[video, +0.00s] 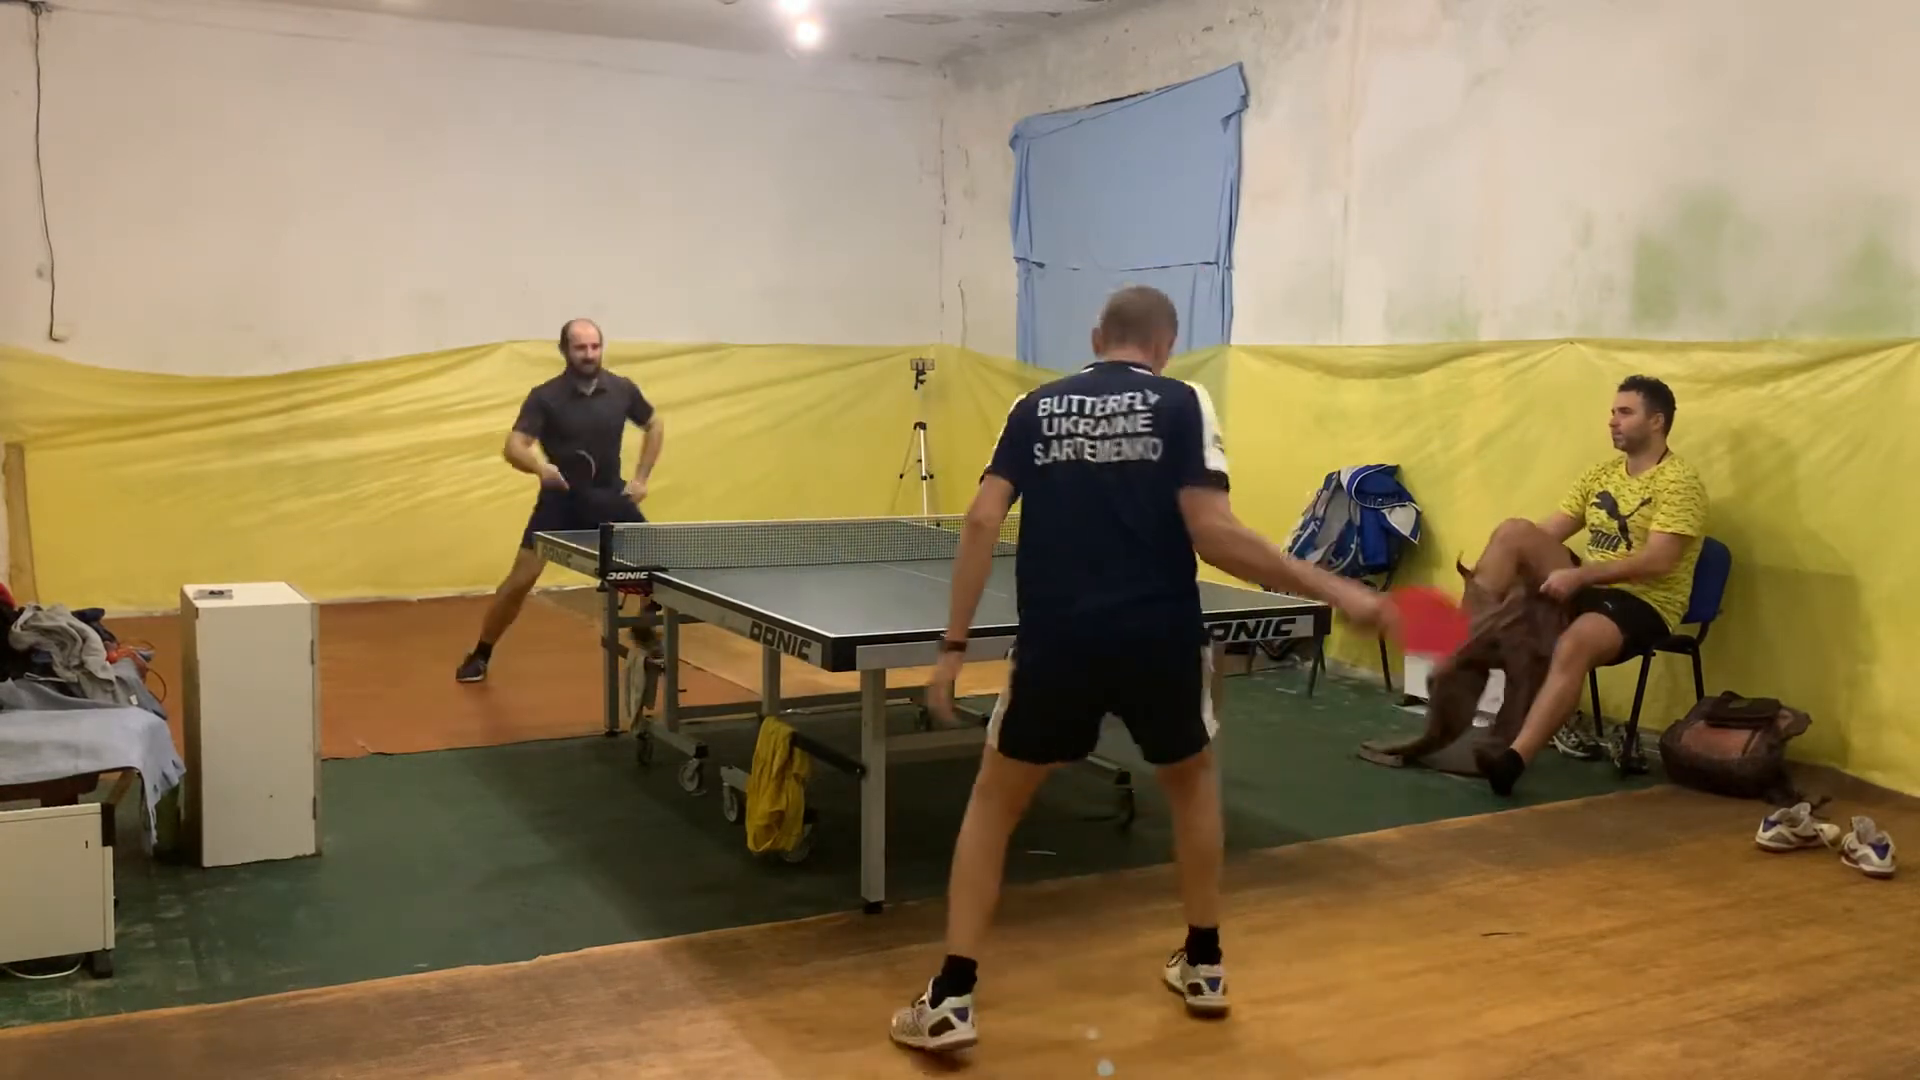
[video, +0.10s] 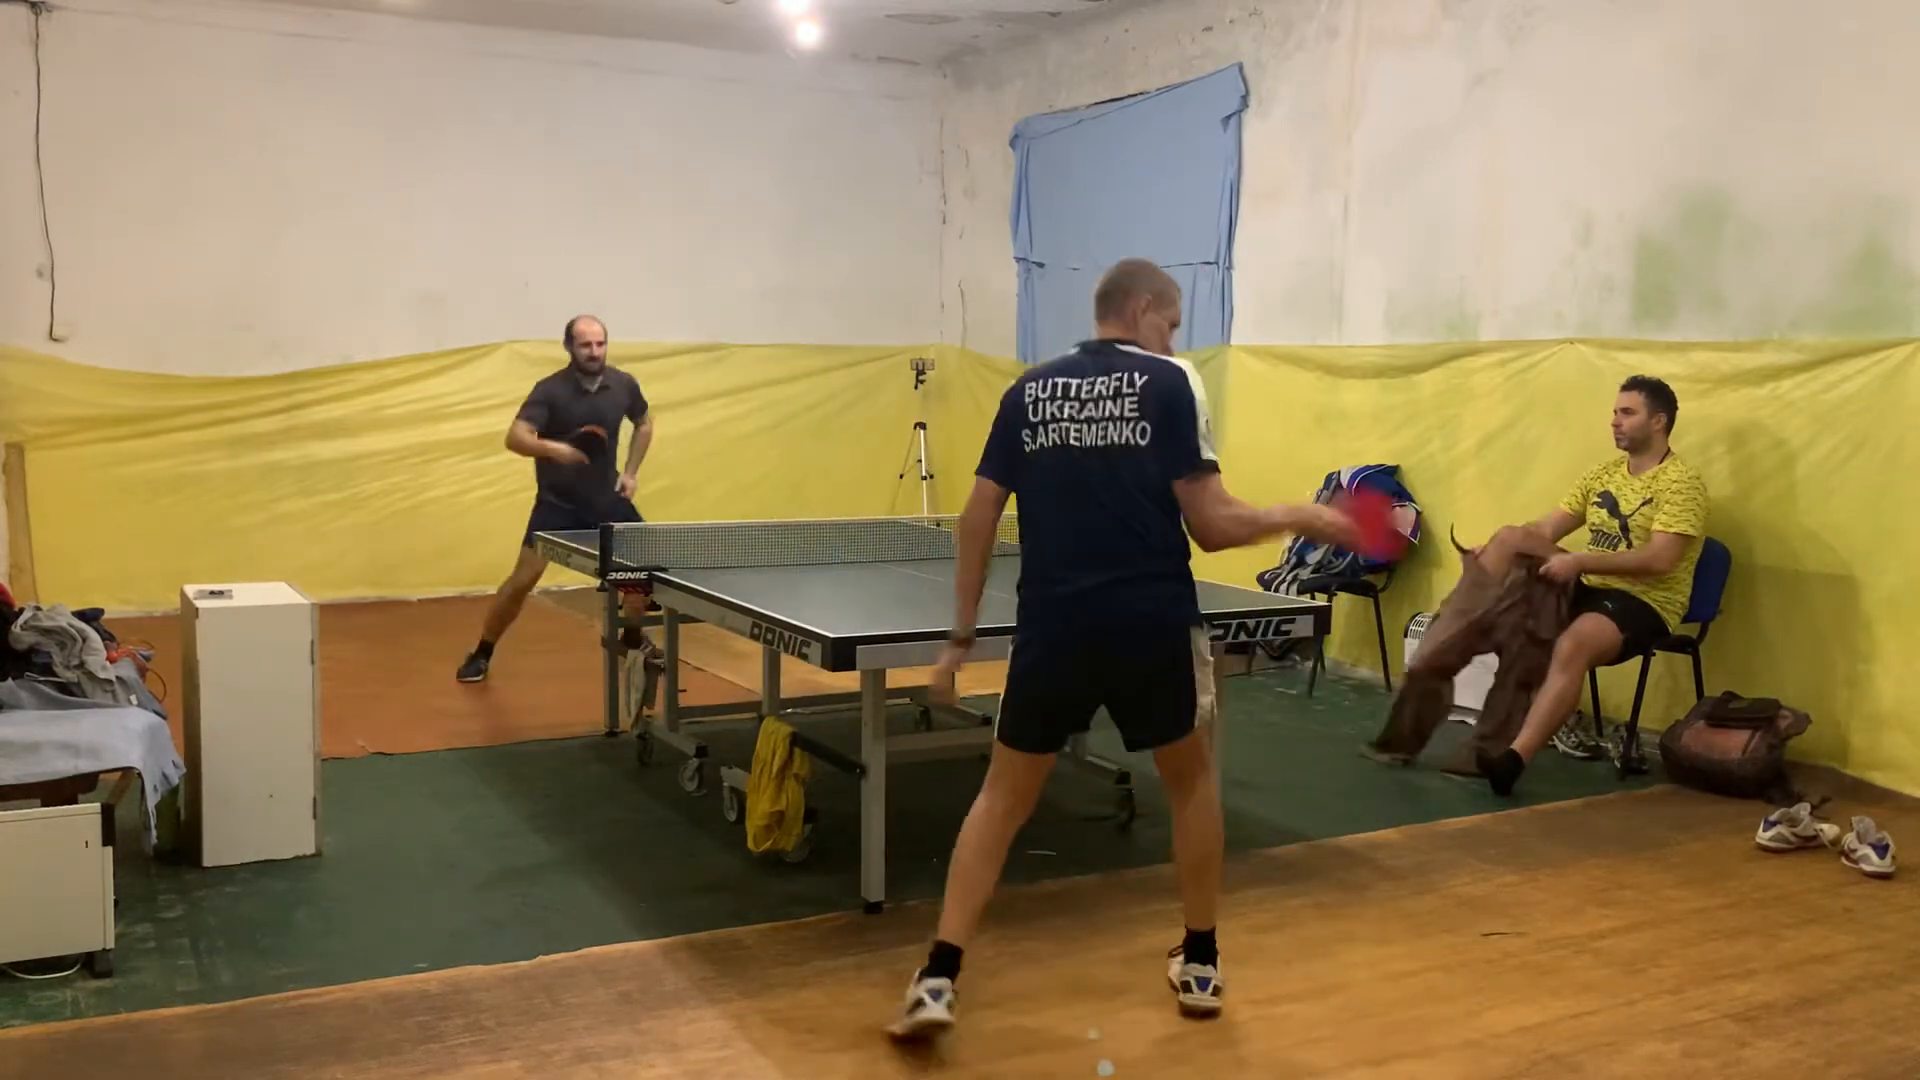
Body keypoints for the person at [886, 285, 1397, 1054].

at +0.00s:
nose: (1168, 364)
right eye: (1172, 355)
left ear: (1096, 340)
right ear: (1166, 350)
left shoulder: (1036, 407)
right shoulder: (1180, 401)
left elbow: (981, 519)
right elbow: (1211, 529)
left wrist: (954, 642)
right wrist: (1336, 591)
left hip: (1055, 650)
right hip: (1159, 647)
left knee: (994, 805)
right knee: (1191, 785)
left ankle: (951, 995)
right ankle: (1204, 960)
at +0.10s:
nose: (1172, 341)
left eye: (1173, 328)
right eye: (1171, 327)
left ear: (1099, 314)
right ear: (1148, 315)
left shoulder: (1029, 389)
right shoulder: (1165, 381)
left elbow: (978, 517)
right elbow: (1215, 525)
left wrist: (961, 634)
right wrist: (1298, 515)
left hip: (1052, 634)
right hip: (1154, 632)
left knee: (1001, 799)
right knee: (1190, 781)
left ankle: (938, 975)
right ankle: (1200, 963)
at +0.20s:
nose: (1156, 312)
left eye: (1151, 302)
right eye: (1157, 302)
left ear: (1080, 300)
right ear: (1148, 304)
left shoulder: (1029, 374)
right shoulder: (1182, 379)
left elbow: (997, 526)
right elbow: (1201, 502)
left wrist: (1056, 544)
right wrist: (1127, 496)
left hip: (1053, 622)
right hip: (1150, 624)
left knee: (995, 786)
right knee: (1180, 782)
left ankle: (914, 967)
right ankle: (1200, 962)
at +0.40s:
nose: (1043, 321)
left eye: (1040, 307)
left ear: (1043, 312)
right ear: (1116, 326)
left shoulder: (1003, 390)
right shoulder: (1149, 405)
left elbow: (959, 534)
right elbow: (1158, 538)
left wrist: (978, 610)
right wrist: (1126, 606)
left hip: (1026, 649)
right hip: (1129, 645)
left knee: (957, 827)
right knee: (1152, 792)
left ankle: (927, 1017)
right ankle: (1196, 966)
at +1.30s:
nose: (1074, 292)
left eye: (1012, 292)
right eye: (1077, 278)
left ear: (1004, 293)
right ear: (1078, 281)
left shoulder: (990, 359)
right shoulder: (1142, 366)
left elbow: (949, 501)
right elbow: (1200, 509)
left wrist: (924, 607)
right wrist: (1155, 573)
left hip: (1010, 632)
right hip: (1117, 630)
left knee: (965, 805)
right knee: (1141, 804)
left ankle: (952, 1014)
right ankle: (1180, 1017)